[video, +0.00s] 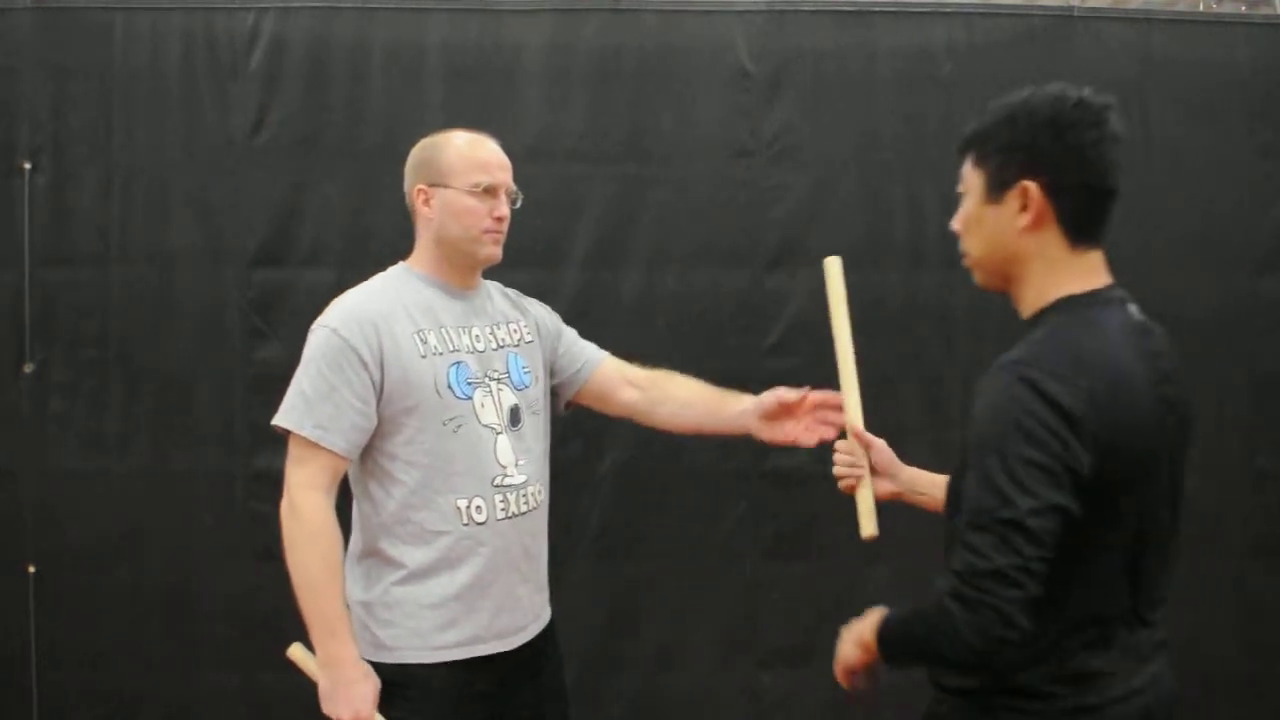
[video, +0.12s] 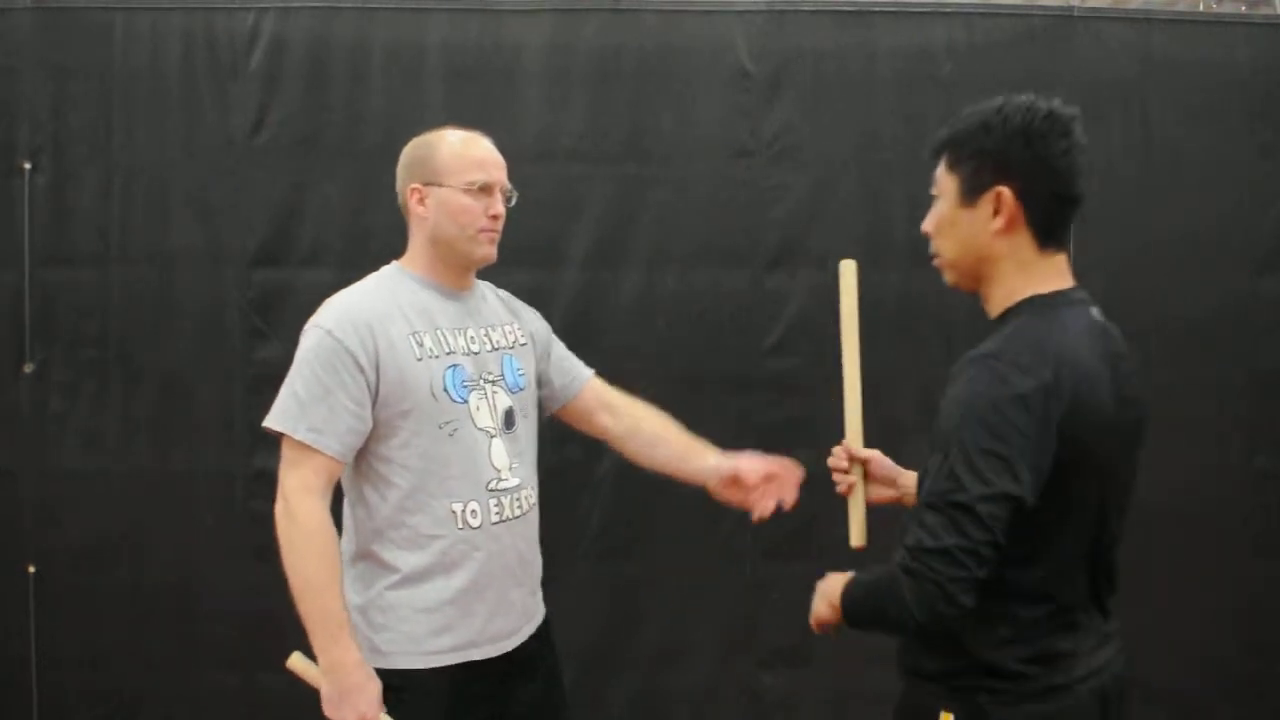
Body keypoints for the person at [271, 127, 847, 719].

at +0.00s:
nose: (503, 210)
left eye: (508, 195)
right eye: (483, 192)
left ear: (511, 205)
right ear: (423, 200)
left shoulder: (523, 318)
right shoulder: (358, 324)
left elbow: (634, 388)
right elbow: (305, 497)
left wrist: (751, 414)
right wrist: (339, 665)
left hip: (526, 644)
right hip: (413, 662)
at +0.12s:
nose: (498, 206)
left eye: (503, 192)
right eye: (478, 190)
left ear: (508, 201)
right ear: (418, 200)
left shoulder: (514, 319)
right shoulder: (351, 325)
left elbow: (610, 412)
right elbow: (300, 500)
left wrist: (716, 468)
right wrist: (343, 672)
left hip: (523, 646)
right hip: (408, 669)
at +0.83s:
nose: (566, 222)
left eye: (566, 206)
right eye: (551, 201)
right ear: (494, 204)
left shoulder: (534, 326)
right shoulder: (426, 313)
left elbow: (569, 459)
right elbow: (418, 486)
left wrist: (611, 584)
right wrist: (503, 631)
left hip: (537, 643)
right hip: (436, 654)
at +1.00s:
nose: (546, 217)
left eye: (545, 201)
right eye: (530, 197)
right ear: (473, 202)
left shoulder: (516, 323)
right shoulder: (409, 319)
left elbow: (554, 458)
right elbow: (423, 496)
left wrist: (599, 583)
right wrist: (509, 640)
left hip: (531, 644)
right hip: (429, 657)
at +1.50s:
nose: (533, 213)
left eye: (531, 196)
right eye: (516, 194)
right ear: (458, 202)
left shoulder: (508, 319)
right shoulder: (397, 325)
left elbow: (542, 462)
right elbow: (402, 509)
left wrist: (571, 591)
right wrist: (472, 660)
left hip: (527, 652)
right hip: (428, 664)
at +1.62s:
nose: (537, 213)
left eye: (535, 197)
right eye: (521, 194)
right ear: (462, 202)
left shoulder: (512, 320)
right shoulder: (401, 325)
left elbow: (545, 465)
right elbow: (408, 508)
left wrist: (572, 596)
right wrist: (477, 659)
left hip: (529, 652)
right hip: (429, 664)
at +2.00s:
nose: (538, 214)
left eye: (536, 198)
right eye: (524, 196)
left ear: (473, 205)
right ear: (468, 203)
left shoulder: (502, 320)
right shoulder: (417, 328)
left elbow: (550, 442)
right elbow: (441, 513)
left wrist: (631, 485)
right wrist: (520, 649)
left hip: (537, 645)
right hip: (443, 662)